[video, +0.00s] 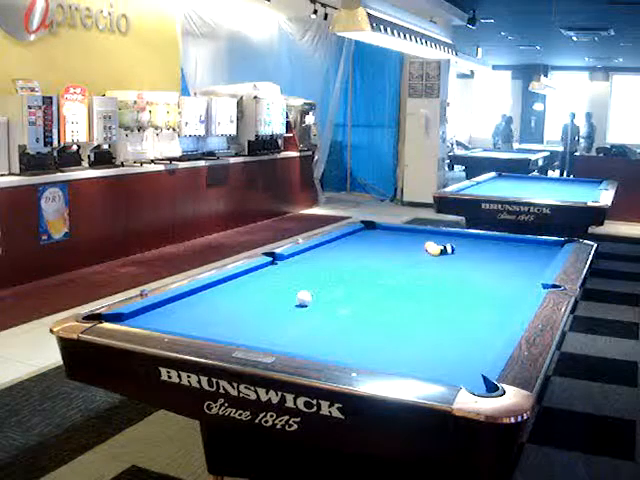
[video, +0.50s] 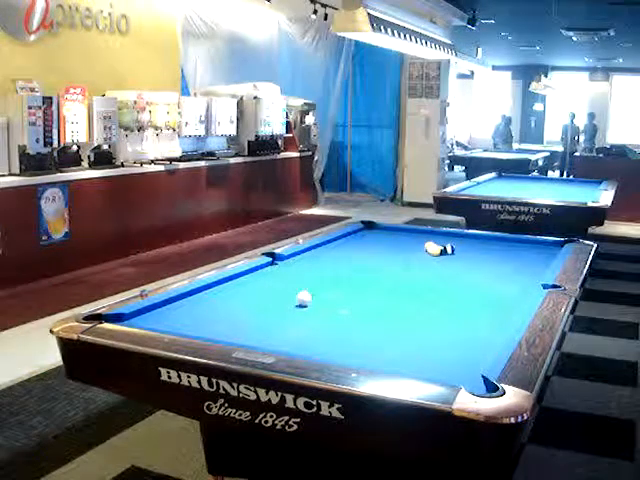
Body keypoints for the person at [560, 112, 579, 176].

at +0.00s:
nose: (571, 118)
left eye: (573, 116)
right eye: (571, 116)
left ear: (574, 117)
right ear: (569, 117)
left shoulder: (576, 127)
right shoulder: (565, 126)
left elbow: (578, 136)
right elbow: (562, 135)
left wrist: (577, 143)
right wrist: (562, 141)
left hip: (573, 146)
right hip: (565, 145)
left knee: (571, 160)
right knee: (563, 160)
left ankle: (569, 174)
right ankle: (561, 174)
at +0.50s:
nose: (571, 118)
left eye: (572, 116)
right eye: (570, 116)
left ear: (574, 117)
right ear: (569, 117)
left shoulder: (576, 127)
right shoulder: (565, 126)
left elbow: (578, 136)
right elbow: (562, 135)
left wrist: (577, 143)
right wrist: (563, 142)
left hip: (573, 146)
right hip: (565, 146)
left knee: (571, 161)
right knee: (563, 160)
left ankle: (568, 174)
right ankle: (561, 173)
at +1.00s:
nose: (572, 118)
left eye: (573, 117)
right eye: (571, 116)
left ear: (574, 117)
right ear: (569, 117)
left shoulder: (576, 128)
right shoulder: (565, 126)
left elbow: (578, 137)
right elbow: (562, 136)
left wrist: (577, 145)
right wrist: (563, 143)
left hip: (572, 147)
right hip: (565, 146)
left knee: (570, 161)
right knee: (563, 161)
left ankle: (568, 174)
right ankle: (561, 174)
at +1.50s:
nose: (572, 117)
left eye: (573, 116)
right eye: (571, 116)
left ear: (574, 117)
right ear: (569, 116)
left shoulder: (576, 127)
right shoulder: (565, 126)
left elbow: (578, 136)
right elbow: (563, 134)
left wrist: (577, 144)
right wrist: (562, 141)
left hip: (572, 145)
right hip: (565, 145)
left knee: (571, 159)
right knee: (563, 159)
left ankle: (569, 172)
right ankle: (561, 172)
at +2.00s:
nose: (572, 120)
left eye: (574, 119)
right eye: (571, 119)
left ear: (576, 118)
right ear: (570, 118)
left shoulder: (579, 126)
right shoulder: (566, 126)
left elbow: (581, 136)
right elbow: (563, 135)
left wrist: (580, 146)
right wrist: (563, 142)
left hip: (575, 146)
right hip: (566, 146)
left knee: (571, 159)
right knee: (563, 159)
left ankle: (569, 173)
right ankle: (561, 173)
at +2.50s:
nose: (572, 119)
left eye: (574, 117)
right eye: (571, 117)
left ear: (575, 117)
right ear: (570, 117)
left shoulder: (577, 126)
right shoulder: (566, 125)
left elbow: (579, 135)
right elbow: (563, 134)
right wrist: (563, 141)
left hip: (574, 146)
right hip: (566, 145)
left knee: (571, 159)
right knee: (563, 159)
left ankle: (569, 173)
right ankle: (561, 172)